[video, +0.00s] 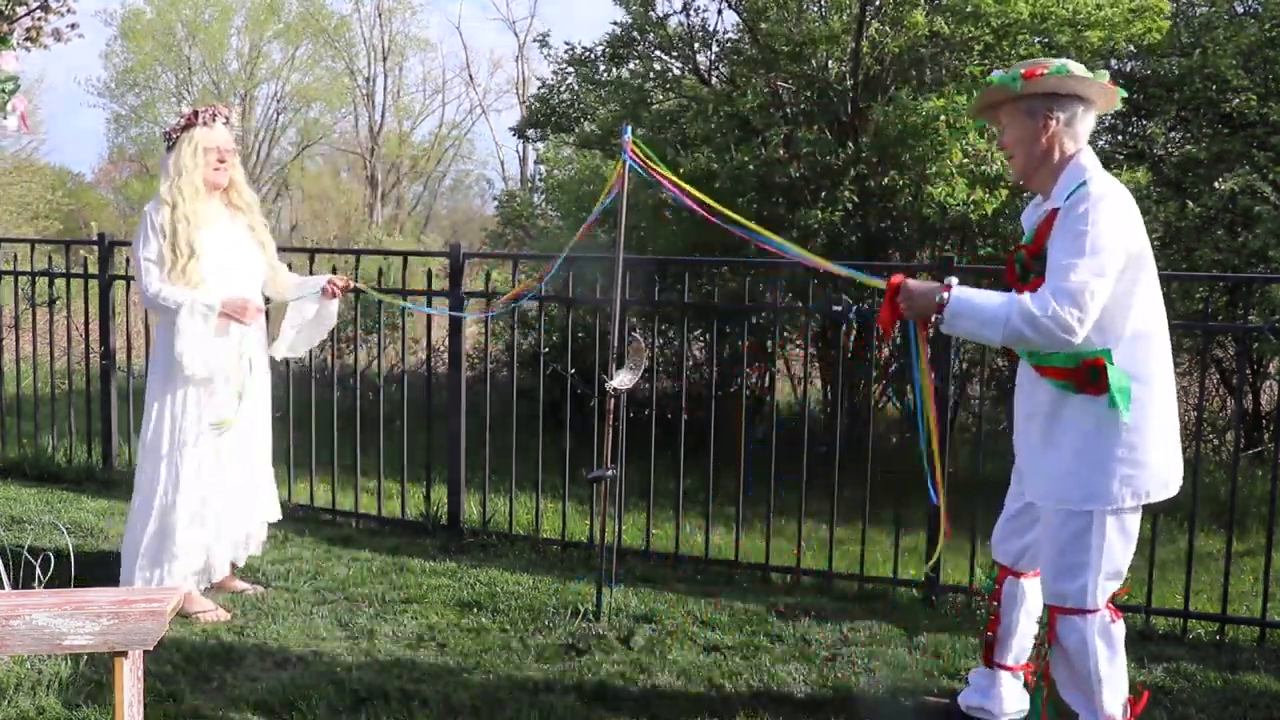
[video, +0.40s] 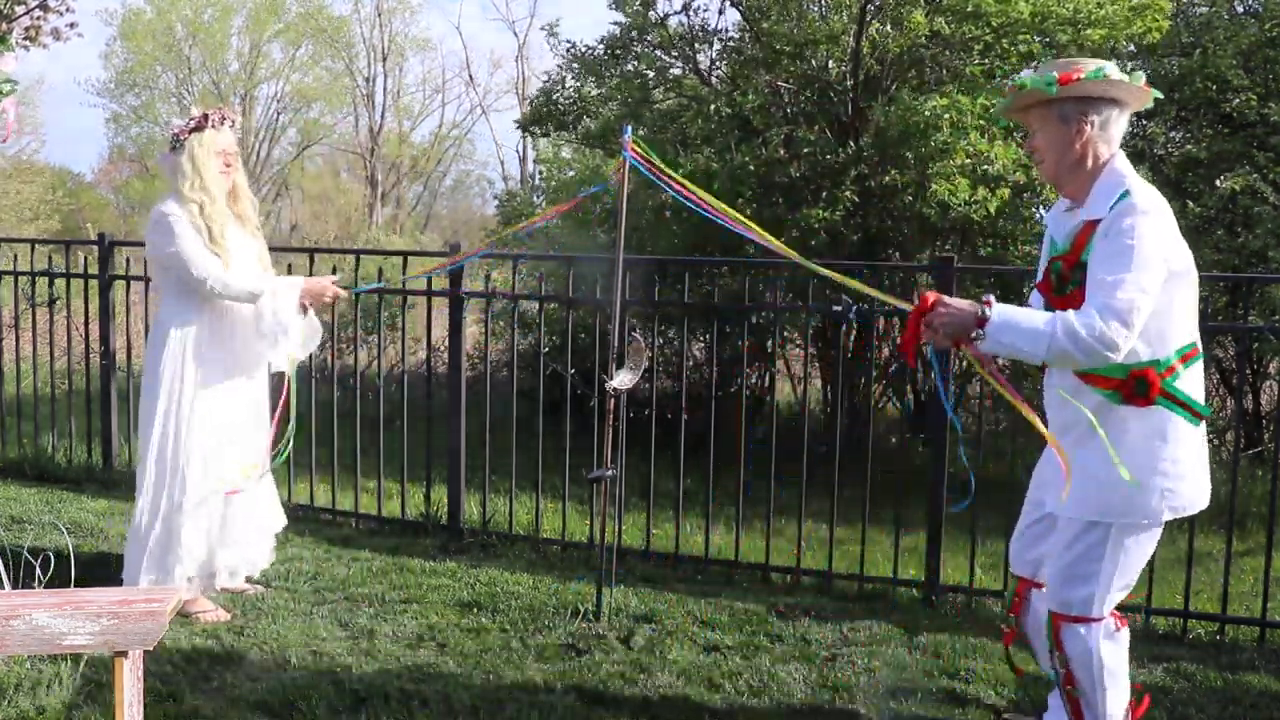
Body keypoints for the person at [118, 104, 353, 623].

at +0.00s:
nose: (223, 159)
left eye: (230, 151)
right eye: (212, 151)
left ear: (237, 158)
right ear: (185, 158)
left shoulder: (242, 213)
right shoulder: (164, 212)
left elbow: (271, 282)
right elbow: (151, 287)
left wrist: (319, 287)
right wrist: (219, 306)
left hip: (243, 361)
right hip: (190, 363)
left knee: (236, 463)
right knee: (189, 467)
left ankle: (221, 570)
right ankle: (178, 584)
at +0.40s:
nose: (229, 163)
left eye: (233, 154)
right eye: (218, 154)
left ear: (238, 161)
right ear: (189, 160)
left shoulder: (237, 221)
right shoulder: (170, 216)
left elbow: (256, 304)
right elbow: (212, 280)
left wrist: (303, 300)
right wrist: (295, 289)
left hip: (235, 363)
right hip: (189, 363)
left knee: (234, 463)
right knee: (191, 468)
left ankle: (224, 569)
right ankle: (180, 586)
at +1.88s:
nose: (226, 159)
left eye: (229, 151)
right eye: (215, 152)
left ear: (235, 158)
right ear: (188, 160)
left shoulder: (233, 221)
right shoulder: (166, 215)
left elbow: (266, 276)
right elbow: (208, 269)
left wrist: (316, 282)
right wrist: (293, 275)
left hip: (234, 351)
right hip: (188, 353)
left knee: (229, 458)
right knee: (190, 463)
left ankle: (218, 571)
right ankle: (181, 589)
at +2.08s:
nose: (229, 167)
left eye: (232, 159)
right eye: (218, 160)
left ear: (236, 165)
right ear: (190, 169)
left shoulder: (232, 225)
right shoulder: (167, 224)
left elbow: (266, 283)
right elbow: (214, 276)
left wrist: (319, 279)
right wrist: (298, 273)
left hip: (237, 353)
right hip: (190, 356)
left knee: (240, 458)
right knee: (200, 464)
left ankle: (234, 570)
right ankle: (189, 590)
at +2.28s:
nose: (241, 163)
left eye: (243, 155)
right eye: (230, 155)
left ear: (244, 161)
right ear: (202, 163)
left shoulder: (244, 218)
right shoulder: (179, 216)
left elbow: (268, 293)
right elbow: (222, 268)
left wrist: (331, 277)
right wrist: (302, 256)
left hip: (242, 358)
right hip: (201, 359)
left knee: (233, 467)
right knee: (203, 467)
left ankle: (211, 587)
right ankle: (188, 591)